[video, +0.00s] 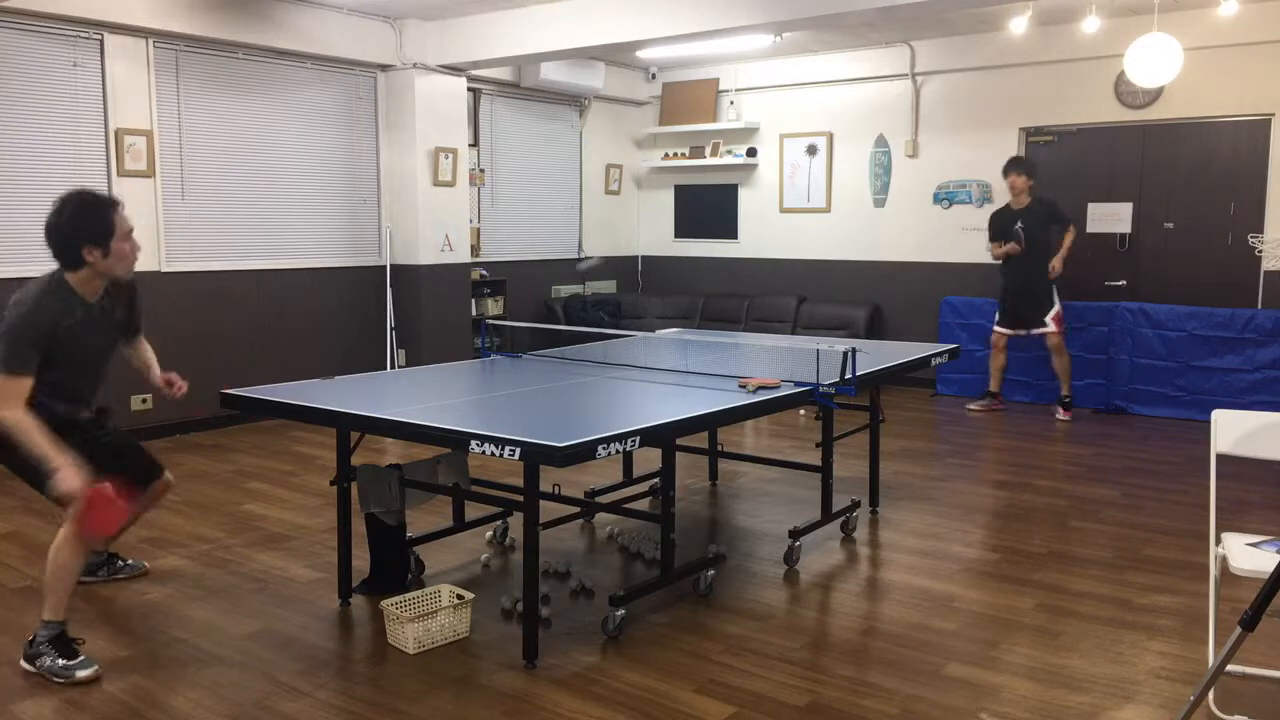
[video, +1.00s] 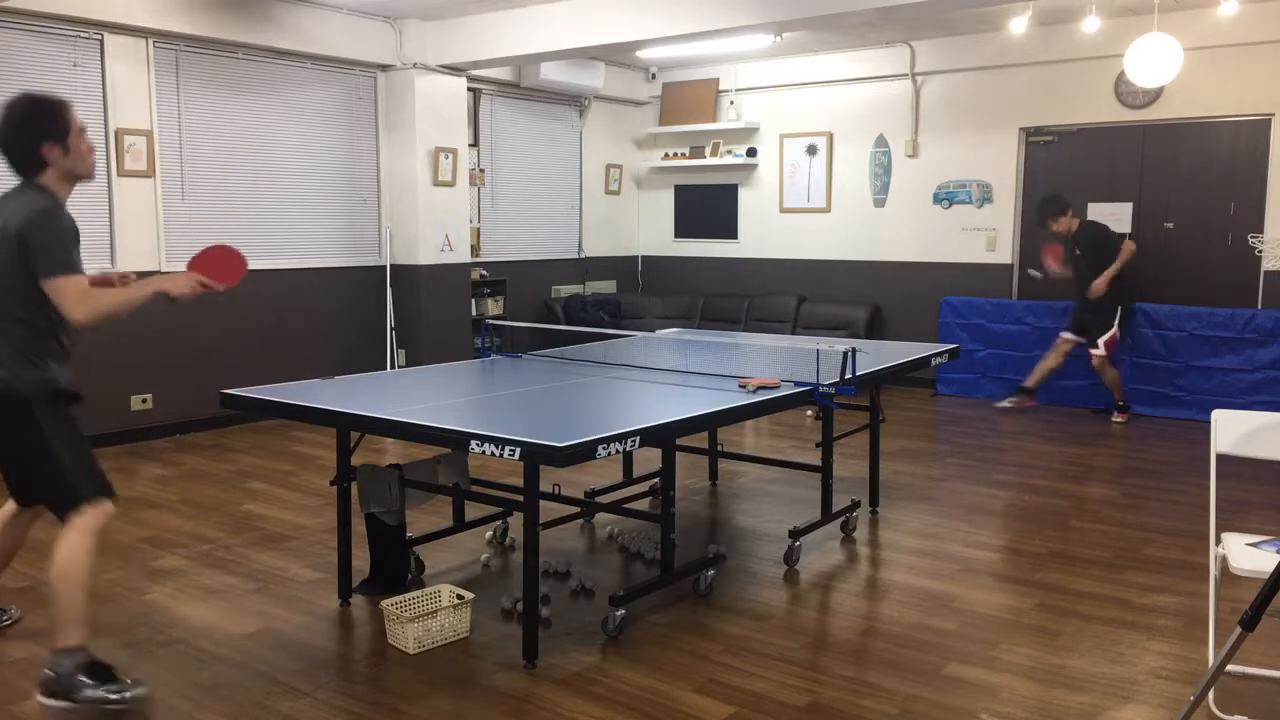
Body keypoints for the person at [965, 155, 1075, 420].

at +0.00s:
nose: (1013, 182)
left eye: (1018, 176)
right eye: (1009, 176)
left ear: (1029, 180)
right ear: (1004, 180)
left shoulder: (1045, 207)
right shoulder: (998, 216)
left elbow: (1070, 229)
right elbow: (994, 252)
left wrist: (1060, 257)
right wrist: (1005, 249)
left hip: (1042, 285)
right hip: (1011, 287)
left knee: (1055, 342)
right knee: (998, 341)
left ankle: (1065, 399)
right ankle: (993, 395)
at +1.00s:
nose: (1055, 230)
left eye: (1055, 224)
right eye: (1051, 227)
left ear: (1065, 215)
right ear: (1053, 224)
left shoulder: (1093, 230)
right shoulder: (1071, 240)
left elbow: (1129, 247)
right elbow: (1082, 269)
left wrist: (1106, 277)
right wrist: (1059, 271)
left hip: (1111, 303)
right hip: (1088, 302)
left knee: (1099, 360)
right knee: (1061, 346)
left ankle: (1122, 405)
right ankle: (1025, 392)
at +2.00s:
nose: (1076, 207)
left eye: (1083, 202)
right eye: (1074, 201)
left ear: (1094, 208)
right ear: (1069, 205)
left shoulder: (1109, 235)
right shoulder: (1064, 234)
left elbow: (1126, 267)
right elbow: (1060, 262)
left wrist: (1090, 283)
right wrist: (1063, 274)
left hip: (1101, 304)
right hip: (1070, 303)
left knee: (1108, 360)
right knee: (1039, 347)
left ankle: (1140, 404)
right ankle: (1021, 394)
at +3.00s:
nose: (1225, 164)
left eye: (1225, 159)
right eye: (1221, 159)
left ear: (1199, 159)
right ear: (1208, 160)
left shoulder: (1181, 182)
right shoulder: (1194, 188)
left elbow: (1153, 207)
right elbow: (1174, 230)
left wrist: (1183, 218)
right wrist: (1175, 270)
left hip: (1167, 266)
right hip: (1183, 265)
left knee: (1181, 326)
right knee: (1228, 303)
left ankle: (1160, 385)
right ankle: (1217, 362)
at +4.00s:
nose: (1210, 195)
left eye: (1217, 190)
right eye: (1207, 189)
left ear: (1232, 194)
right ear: (1203, 194)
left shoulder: (1247, 223)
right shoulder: (1208, 230)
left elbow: (1274, 257)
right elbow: (1211, 265)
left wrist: (1250, 290)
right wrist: (1209, 290)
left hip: (1250, 302)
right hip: (1224, 301)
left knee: (1210, 356)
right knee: (1209, 358)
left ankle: (1236, 416)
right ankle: (1236, 415)